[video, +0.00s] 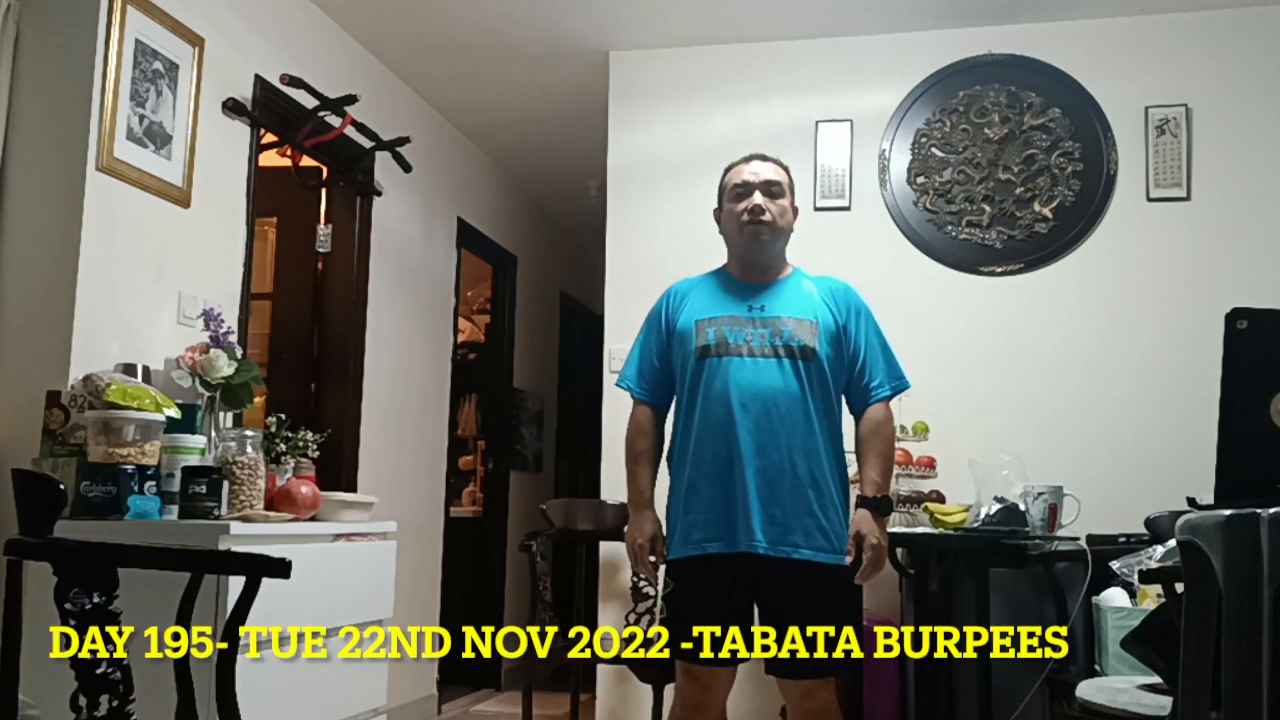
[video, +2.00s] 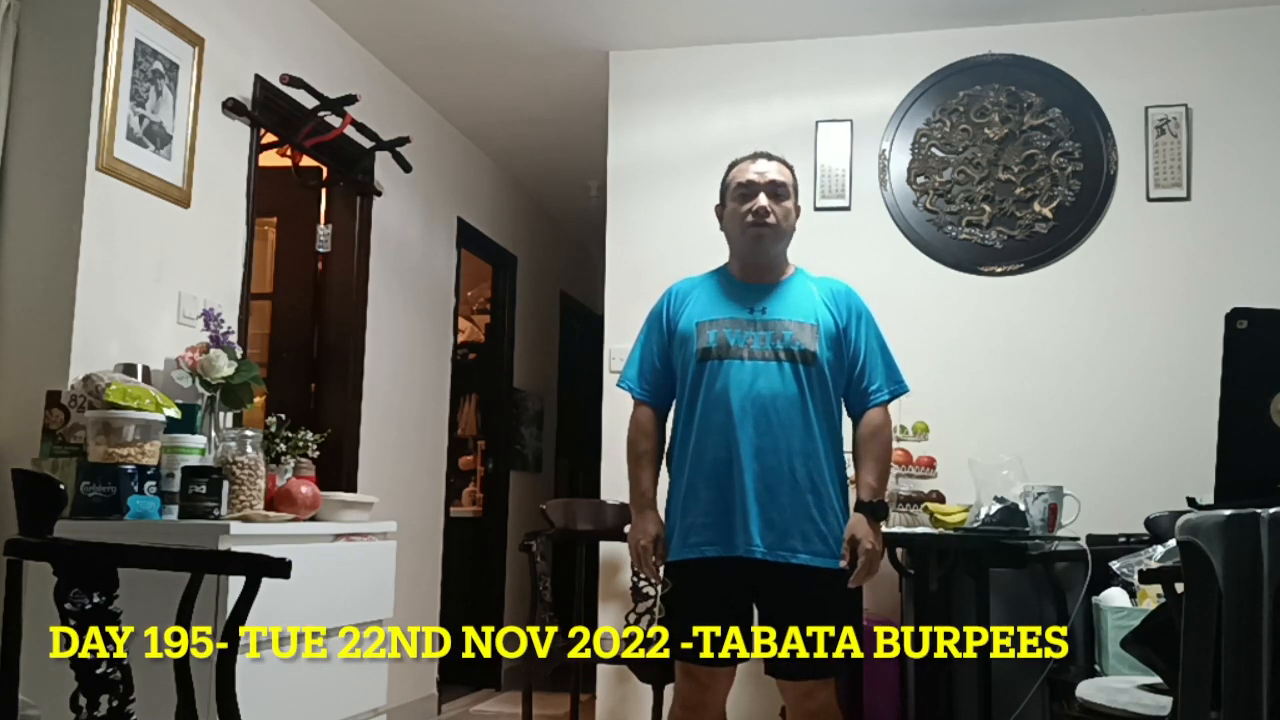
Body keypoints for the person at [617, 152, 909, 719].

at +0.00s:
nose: (757, 200)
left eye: (773, 191)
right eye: (741, 192)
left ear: (794, 216)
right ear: (719, 217)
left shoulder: (837, 301)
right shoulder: (681, 301)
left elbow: (875, 406)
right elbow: (645, 411)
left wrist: (872, 506)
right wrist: (641, 510)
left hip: (811, 540)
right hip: (704, 537)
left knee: (814, 698)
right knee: (699, 692)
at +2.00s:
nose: (761, 200)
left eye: (777, 192)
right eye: (744, 192)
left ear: (796, 216)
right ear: (721, 215)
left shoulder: (838, 303)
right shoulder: (681, 302)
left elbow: (874, 411)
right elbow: (646, 410)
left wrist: (869, 511)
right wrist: (642, 509)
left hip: (809, 544)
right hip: (704, 540)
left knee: (814, 700)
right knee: (698, 694)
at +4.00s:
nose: (714, 195)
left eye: (730, 186)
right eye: (697, 186)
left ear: (749, 209)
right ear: (673, 209)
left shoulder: (794, 296)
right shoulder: (635, 304)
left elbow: (832, 401)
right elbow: (600, 416)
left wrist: (825, 498)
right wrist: (592, 516)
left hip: (779, 537)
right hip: (672, 541)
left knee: (807, 690)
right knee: (678, 691)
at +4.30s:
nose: (780, 202)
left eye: (791, 191)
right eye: (761, 187)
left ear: (802, 207)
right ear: (720, 201)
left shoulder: (835, 301)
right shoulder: (668, 301)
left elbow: (885, 407)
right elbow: (629, 418)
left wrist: (896, 493)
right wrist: (625, 520)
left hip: (810, 557)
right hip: (695, 552)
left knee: (823, 706)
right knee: (690, 703)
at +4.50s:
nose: (874, 189)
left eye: (885, 175)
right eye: (856, 166)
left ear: (893, 188)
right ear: (804, 173)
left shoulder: (907, 294)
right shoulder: (731, 269)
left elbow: (964, 397)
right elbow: (683, 387)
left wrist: (994, 480)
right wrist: (674, 488)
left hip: (853, 550)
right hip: (736, 535)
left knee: (851, 709)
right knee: (694, 696)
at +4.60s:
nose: (911, 184)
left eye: (924, 170)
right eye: (894, 161)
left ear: (933, 183)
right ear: (841, 165)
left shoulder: (937, 289)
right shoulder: (758, 255)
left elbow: (1003, 385)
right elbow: (705, 368)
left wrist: (1048, 462)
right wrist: (690, 475)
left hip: (863, 560)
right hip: (746, 536)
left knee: (860, 712)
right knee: (701, 693)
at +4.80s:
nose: (966, 192)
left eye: (979, 176)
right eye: (949, 166)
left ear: (986, 183)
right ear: (891, 159)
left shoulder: (980, 295)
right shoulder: (793, 240)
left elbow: (1062, 379)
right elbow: (726, 349)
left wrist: (1135, 444)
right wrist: (706, 460)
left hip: (880, 570)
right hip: (762, 540)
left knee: (861, 714)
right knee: (726, 706)